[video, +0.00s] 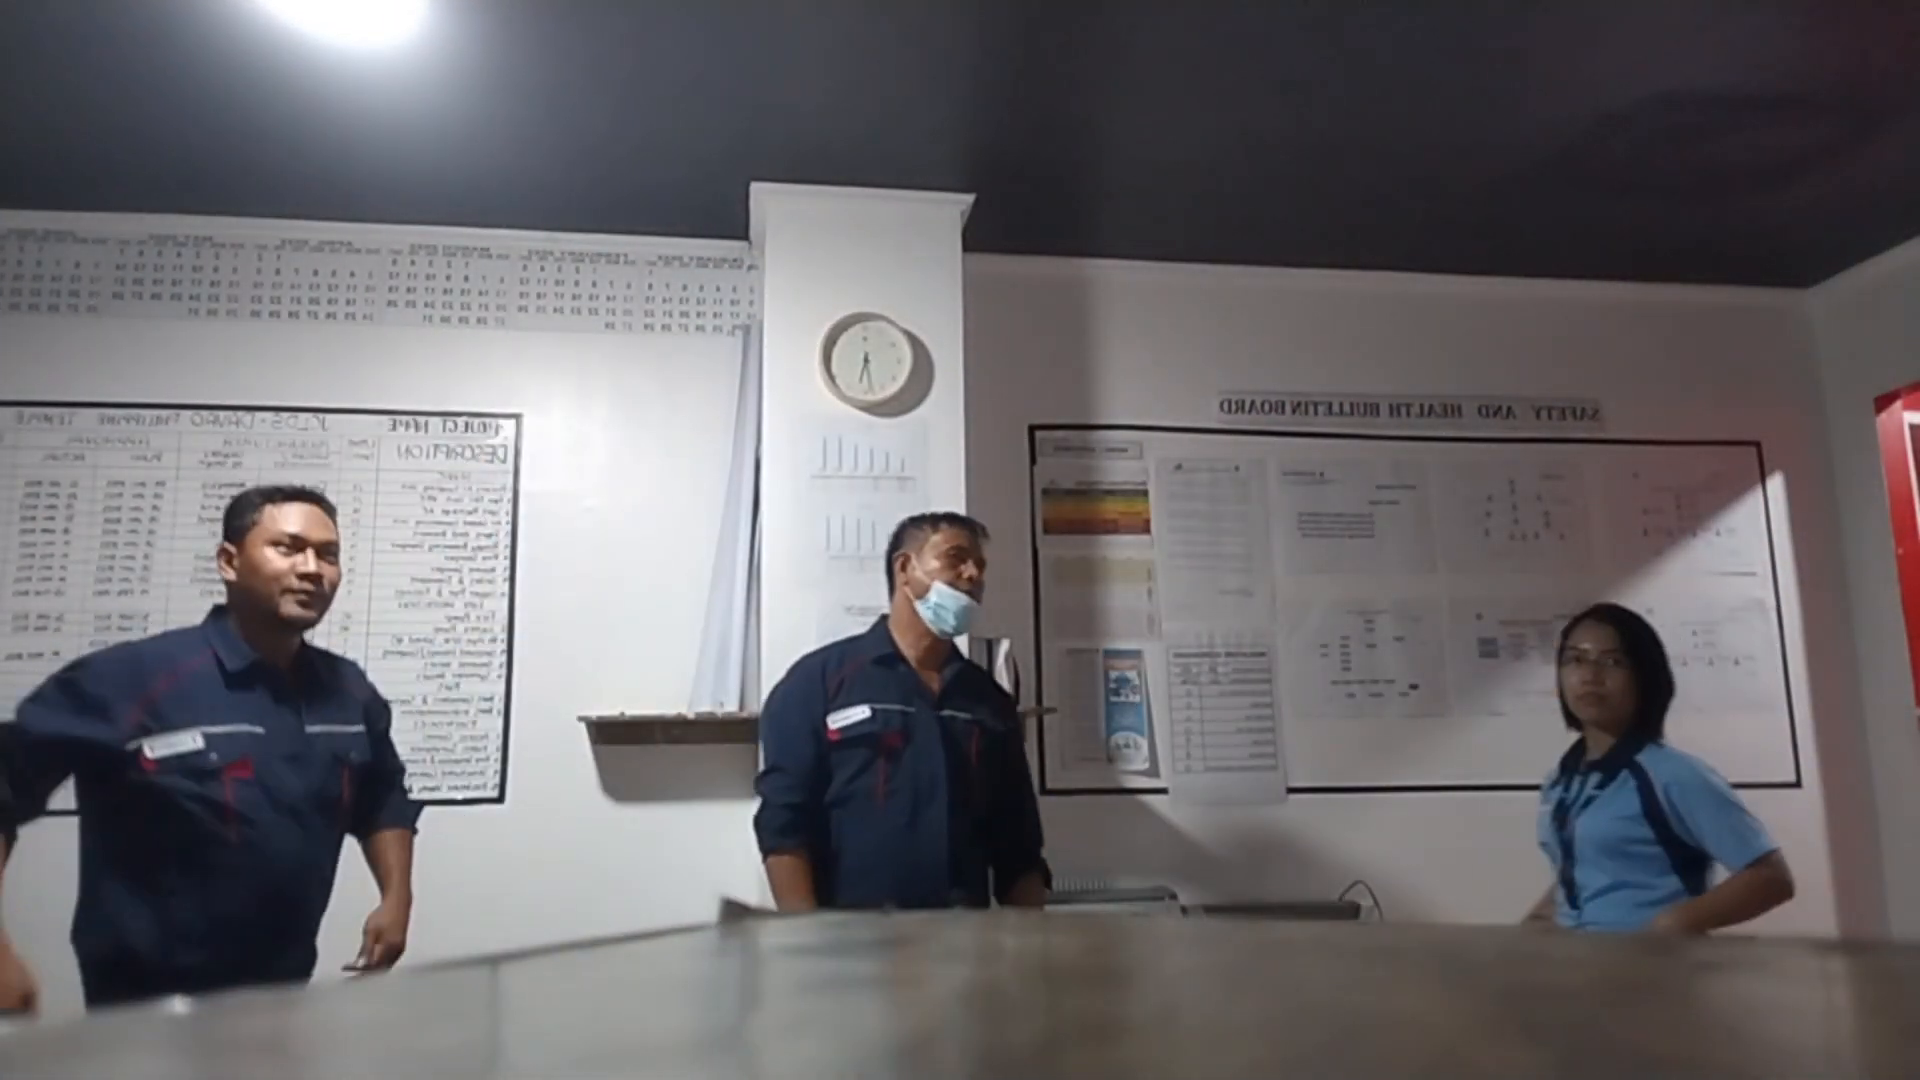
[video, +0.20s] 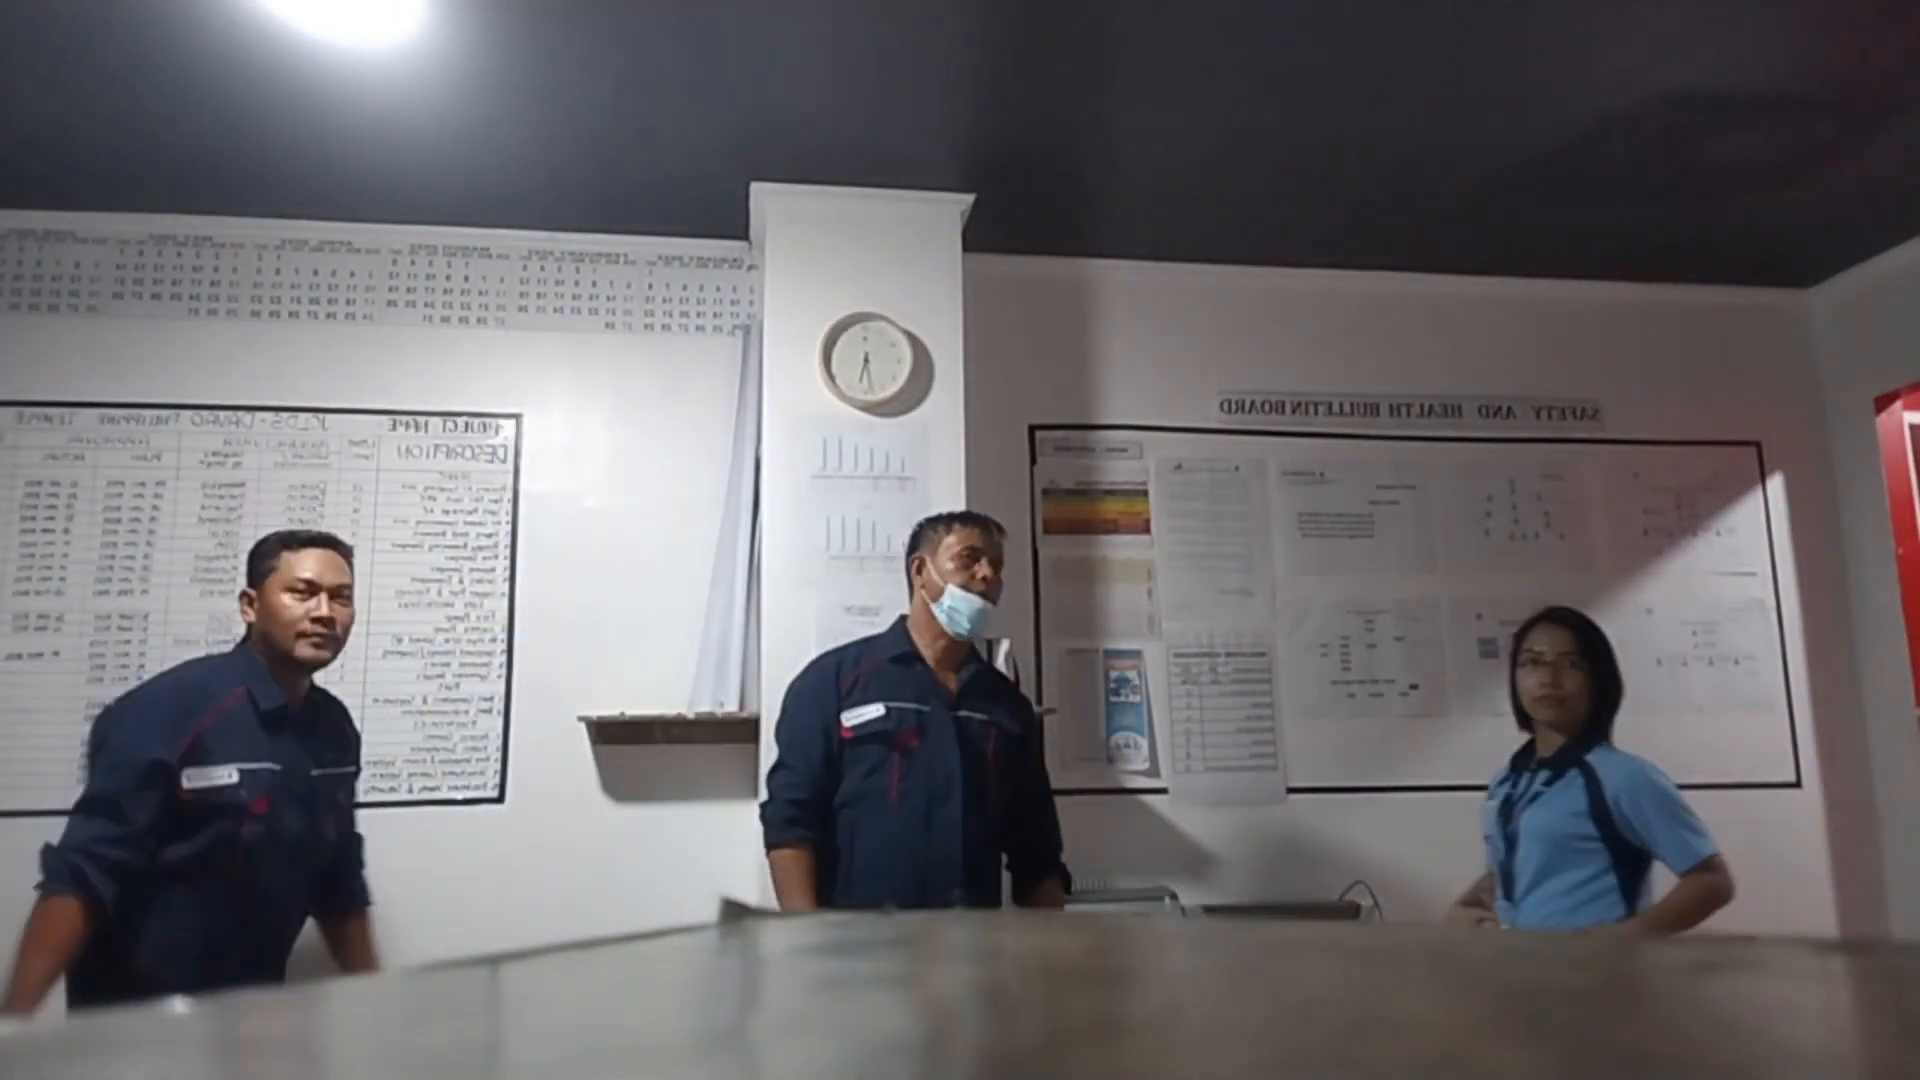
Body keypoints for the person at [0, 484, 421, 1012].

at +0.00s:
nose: (312, 568)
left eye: (327, 555)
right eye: (288, 547)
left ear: (340, 573)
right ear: (230, 561)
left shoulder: (348, 696)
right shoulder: (124, 683)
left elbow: (384, 798)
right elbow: (6, 787)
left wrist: (397, 899)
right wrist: (2, 949)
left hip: (276, 1007)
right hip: (143, 1013)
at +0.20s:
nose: (325, 612)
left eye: (340, 598)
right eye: (303, 592)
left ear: (353, 613)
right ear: (251, 605)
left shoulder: (332, 730)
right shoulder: (159, 716)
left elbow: (338, 883)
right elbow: (81, 874)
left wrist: (376, 1005)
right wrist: (14, 1020)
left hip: (249, 1015)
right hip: (131, 1023)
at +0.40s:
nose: (319, 584)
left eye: (335, 569)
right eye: (298, 564)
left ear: (346, 584)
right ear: (248, 573)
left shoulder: (334, 703)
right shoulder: (151, 669)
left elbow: (309, 847)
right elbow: (86, 823)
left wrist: (275, 967)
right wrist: (53, 966)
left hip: (248, 980)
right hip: (135, 977)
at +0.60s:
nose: (299, 590)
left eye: (315, 578)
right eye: (279, 571)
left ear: (327, 597)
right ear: (232, 586)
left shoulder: (319, 719)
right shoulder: (135, 689)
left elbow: (286, 865)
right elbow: (78, 854)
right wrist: (21, 986)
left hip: (254, 1001)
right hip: (134, 997)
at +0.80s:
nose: (274, 574)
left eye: (289, 560)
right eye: (253, 557)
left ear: (304, 581)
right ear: (205, 575)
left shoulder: (312, 704)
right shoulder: (114, 676)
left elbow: (324, 824)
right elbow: (26, 815)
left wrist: (349, 926)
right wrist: (8, 955)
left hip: (243, 989)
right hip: (122, 986)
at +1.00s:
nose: (235, 585)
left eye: (250, 570)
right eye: (211, 569)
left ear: (265, 586)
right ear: (164, 588)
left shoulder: (290, 707)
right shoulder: (76, 698)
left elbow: (346, 798)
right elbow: (1, 799)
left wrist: (434, 847)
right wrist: (11, 880)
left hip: (233, 996)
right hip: (106, 1001)